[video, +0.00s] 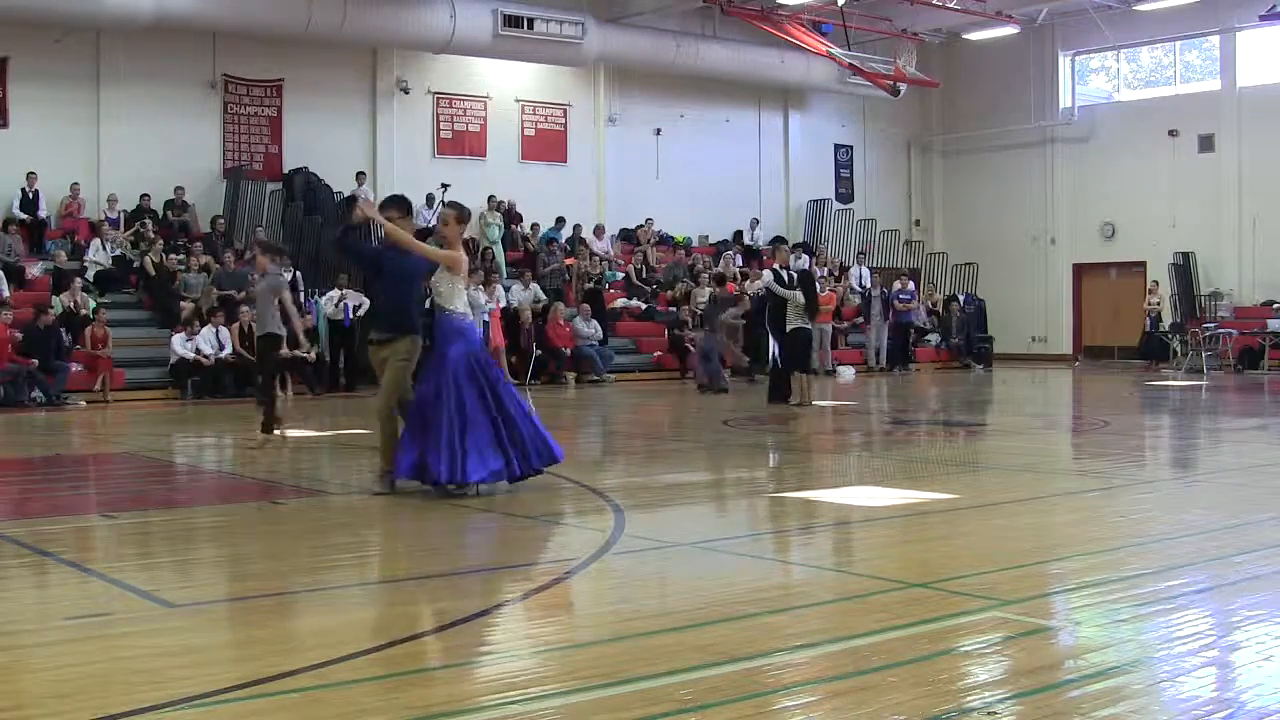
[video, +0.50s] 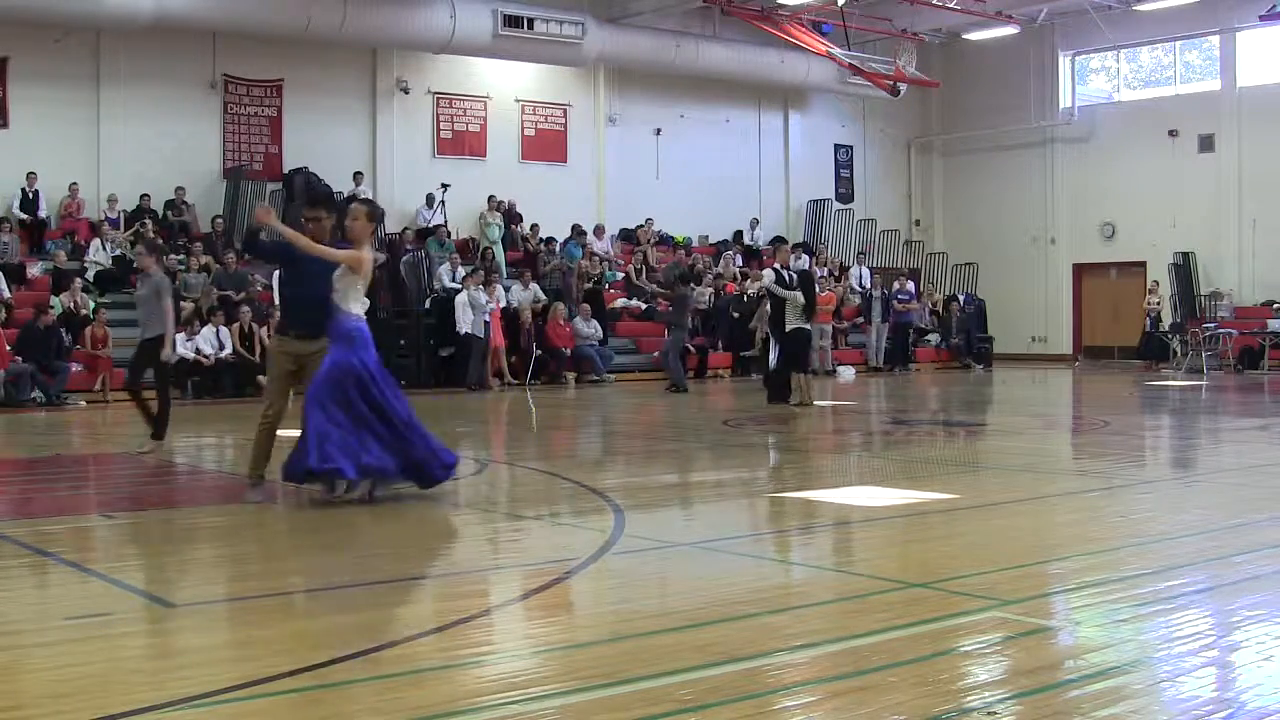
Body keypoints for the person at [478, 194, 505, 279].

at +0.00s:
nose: (494, 204)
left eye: (495, 202)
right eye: (492, 202)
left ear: (497, 203)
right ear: (488, 203)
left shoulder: (499, 215)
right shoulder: (483, 214)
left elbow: (502, 227)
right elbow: (482, 226)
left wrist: (499, 237)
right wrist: (488, 237)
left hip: (496, 240)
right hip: (486, 239)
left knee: (499, 259)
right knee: (486, 259)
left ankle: (502, 278)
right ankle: (485, 278)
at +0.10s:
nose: (494, 204)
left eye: (495, 202)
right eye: (492, 202)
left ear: (497, 203)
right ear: (488, 203)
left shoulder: (499, 215)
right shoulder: (483, 214)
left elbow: (502, 227)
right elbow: (482, 226)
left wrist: (499, 237)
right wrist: (488, 237)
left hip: (496, 240)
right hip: (486, 239)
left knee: (499, 259)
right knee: (486, 258)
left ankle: (502, 277)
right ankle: (485, 277)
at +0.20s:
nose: (494, 204)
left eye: (495, 202)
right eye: (492, 202)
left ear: (497, 203)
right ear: (488, 203)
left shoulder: (499, 215)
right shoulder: (483, 214)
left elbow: (502, 227)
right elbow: (482, 226)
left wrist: (499, 237)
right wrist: (488, 238)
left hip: (496, 240)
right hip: (486, 239)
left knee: (499, 259)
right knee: (486, 258)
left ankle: (502, 278)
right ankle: (485, 277)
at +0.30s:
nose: (494, 204)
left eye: (495, 202)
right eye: (492, 202)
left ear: (497, 203)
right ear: (488, 203)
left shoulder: (499, 215)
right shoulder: (483, 214)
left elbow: (502, 227)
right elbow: (482, 227)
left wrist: (499, 237)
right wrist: (488, 238)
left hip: (496, 240)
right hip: (486, 240)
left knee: (499, 259)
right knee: (486, 259)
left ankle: (502, 278)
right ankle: (485, 278)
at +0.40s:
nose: (494, 204)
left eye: (495, 202)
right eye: (492, 202)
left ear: (497, 203)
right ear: (488, 203)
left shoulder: (499, 215)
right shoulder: (483, 214)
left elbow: (502, 227)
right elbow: (482, 227)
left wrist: (499, 237)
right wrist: (488, 237)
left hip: (496, 240)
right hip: (486, 240)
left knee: (499, 259)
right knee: (486, 259)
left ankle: (502, 278)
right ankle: (485, 278)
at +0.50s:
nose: (494, 204)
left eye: (495, 202)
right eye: (492, 202)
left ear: (497, 203)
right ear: (488, 203)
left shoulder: (499, 215)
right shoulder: (483, 214)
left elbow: (502, 227)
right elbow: (482, 227)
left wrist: (499, 237)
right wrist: (489, 238)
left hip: (496, 240)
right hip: (486, 240)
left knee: (499, 258)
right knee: (486, 258)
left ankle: (501, 277)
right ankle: (485, 277)